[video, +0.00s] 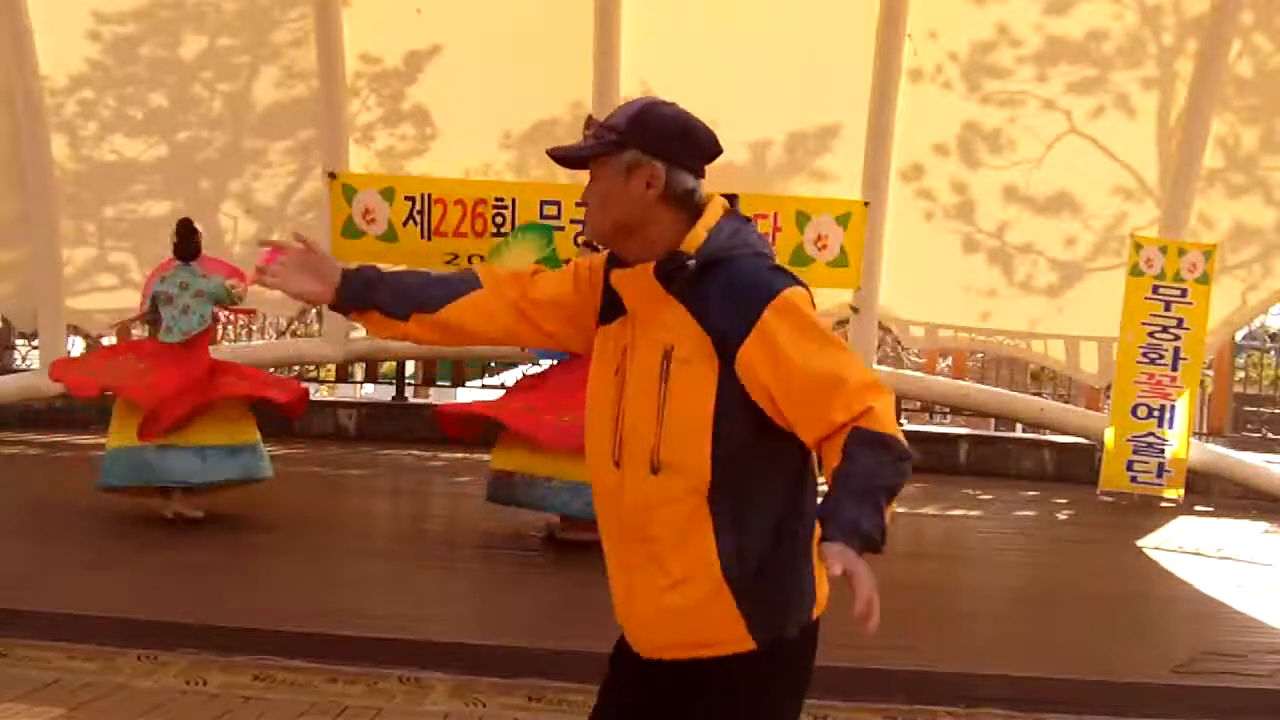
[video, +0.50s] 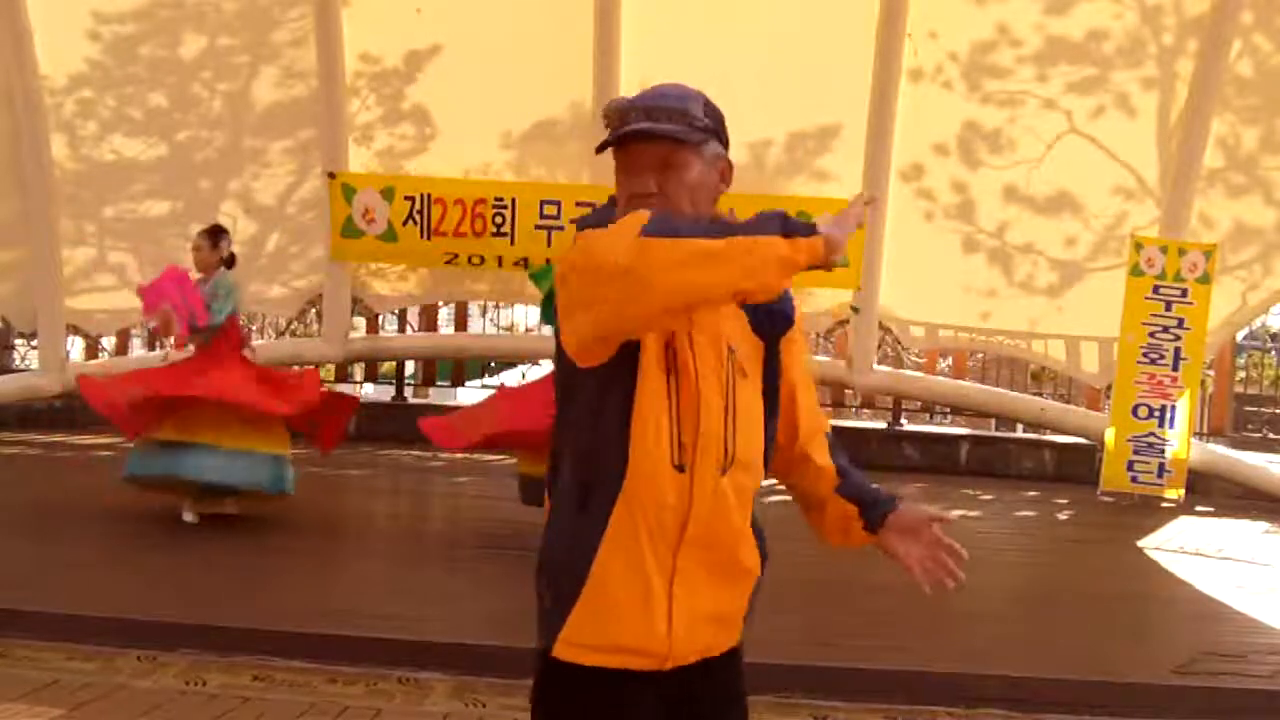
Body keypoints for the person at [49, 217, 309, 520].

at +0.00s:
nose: (194, 250)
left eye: (183, 244)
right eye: (196, 245)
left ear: (173, 248)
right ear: (200, 249)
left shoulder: (162, 280)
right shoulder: (206, 281)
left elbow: (148, 317)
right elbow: (232, 300)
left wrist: (122, 325)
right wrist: (237, 286)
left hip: (163, 358)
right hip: (196, 358)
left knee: (164, 423)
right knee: (191, 423)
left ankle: (169, 497)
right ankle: (184, 497)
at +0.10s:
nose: (178, 246)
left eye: (181, 240)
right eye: (180, 240)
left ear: (187, 244)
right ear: (208, 246)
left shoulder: (180, 280)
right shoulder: (218, 281)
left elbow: (147, 309)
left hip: (181, 359)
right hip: (213, 358)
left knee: (172, 422)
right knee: (210, 423)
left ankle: (174, 497)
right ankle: (212, 498)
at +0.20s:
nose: (183, 255)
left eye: (186, 248)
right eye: (185, 248)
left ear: (197, 247)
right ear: (209, 247)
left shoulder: (199, 281)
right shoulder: (214, 281)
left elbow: (165, 310)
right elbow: (177, 308)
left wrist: (131, 321)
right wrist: (148, 311)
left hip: (193, 360)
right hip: (216, 358)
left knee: (181, 419)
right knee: (216, 420)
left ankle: (180, 496)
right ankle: (217, 497)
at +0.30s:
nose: (187, 259)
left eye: (191, 252)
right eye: (189, 252)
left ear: (207, 251)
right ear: (212, 252)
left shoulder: (212, 282)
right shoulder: (212, 282)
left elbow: (178, 313)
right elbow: (186, 319)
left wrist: (144, 315)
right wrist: (150, 314)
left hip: (211, 359)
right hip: (212, 357)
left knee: (186, 420)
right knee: (216, 421)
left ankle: (183, 496)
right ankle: (217, 494)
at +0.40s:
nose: (191, 258)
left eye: (196, 252)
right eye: (192, 252)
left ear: (214, 255)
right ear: (207, 255)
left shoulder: (216, 287)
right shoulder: (202, 288)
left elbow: (199, 323)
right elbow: (185, 318)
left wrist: (170, 325)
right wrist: (163, 311)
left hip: (217, 359)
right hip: (206, 357)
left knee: (204, 419)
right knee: (211, 419)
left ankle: (198, 492)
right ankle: (215, 491)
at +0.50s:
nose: (194, 256)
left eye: (200, 249)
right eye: (194, 249)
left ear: (219, 253)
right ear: (204, 252)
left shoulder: (225, 285)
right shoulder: (199, 286)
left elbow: (216, 324)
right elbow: (180, 317)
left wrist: (186, 335)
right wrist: (164, 313)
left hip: (226, 361)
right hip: (203, 359)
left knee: (222, 421)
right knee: (203, 422)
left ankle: (194, 496)